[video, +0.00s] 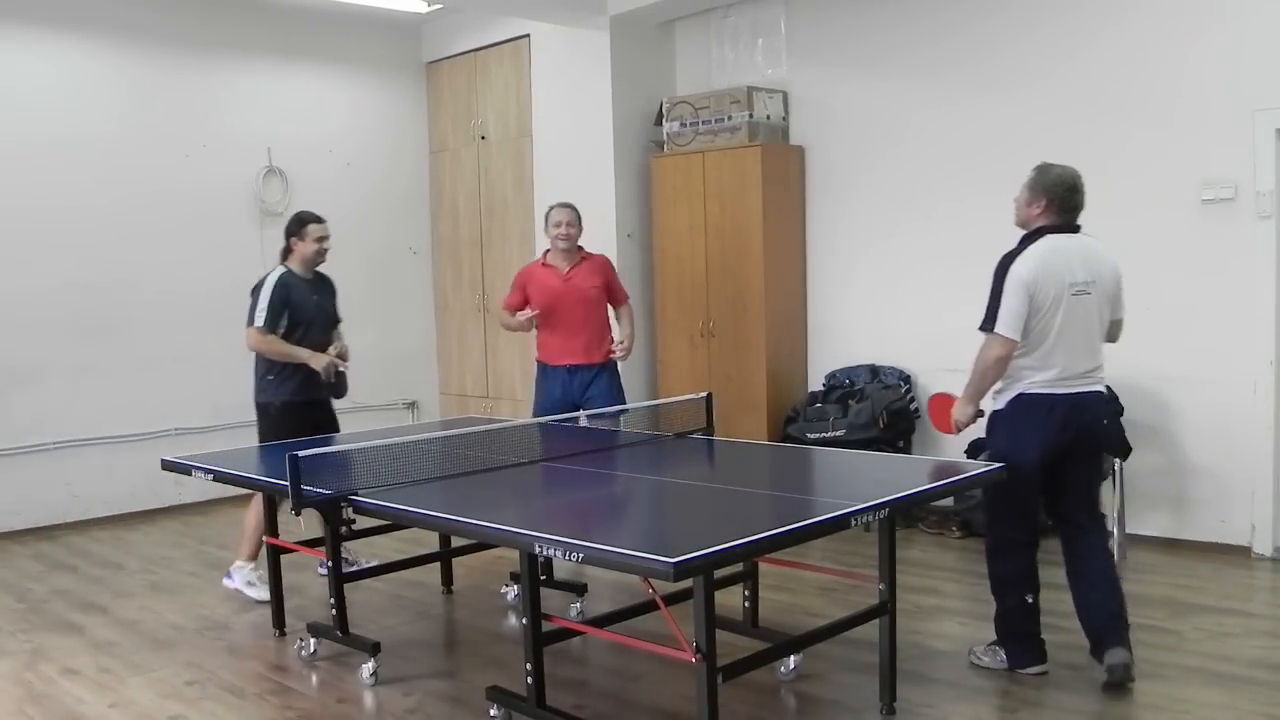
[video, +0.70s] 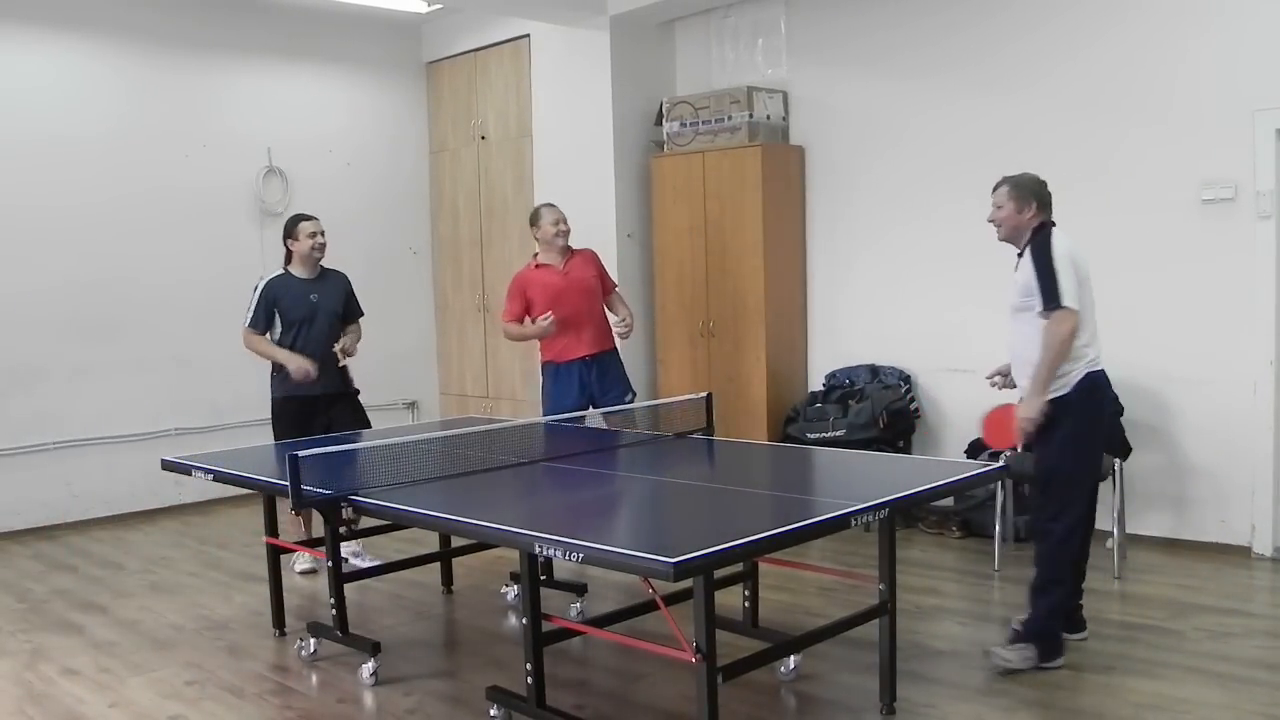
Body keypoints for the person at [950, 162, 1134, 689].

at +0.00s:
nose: (1016, 206)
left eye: (1022, 199)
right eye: (1020, 198)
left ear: (1041, 205)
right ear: (1067, 208)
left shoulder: (1023, 263)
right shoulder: (1102, 258)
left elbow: (1000, 348)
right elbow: (1111, 331)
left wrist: (969, 400)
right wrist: (1053, 329)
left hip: (1026, 416)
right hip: (1089, 414)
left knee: (1011, 531)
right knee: (1083, 525)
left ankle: (1020, 650)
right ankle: (1112, 644)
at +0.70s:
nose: (991, 216)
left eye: (998, 208)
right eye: (992, 208)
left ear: (1028, 210)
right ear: (1026, 212)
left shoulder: (1050, 248)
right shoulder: (1037, 253)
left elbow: (1065, 322)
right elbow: (1054, 328)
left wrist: (1035, 396)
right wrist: (1017, 368)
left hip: (1074, 401)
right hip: (1064, 400)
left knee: (1057, 516)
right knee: (1062, 513)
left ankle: (1044, 638)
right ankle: (1065, 614)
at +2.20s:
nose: (1048, 210)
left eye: (1055, 199)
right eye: (1048, 200)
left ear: (1094, 200)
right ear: (1086, 202)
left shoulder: (1156, 256)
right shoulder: (1058, 261)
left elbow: (1206, 337)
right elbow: (1035, 338)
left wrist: (1130, 374)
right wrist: (997, 325)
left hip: (1140, 441)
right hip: (1066, 437)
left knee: (1153, 577)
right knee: (1058, 566)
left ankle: (1189, 709)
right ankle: (1071, 680)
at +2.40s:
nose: (1071, 216)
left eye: (1077, 204)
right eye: (1070, 205)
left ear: (1115, 201)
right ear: (1108, 203)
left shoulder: (1175, 257)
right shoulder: (1095, 255)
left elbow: (1217, 350)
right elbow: (1077, 331)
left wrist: (1126, 380)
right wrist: (1017, 306)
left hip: (1164, 445)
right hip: (1097, 439)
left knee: (1171, 581)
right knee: (1084, 568)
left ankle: (1190, 707)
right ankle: (1073, 680)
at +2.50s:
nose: (1084, 220)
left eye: (1091, 207)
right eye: (1083, 208)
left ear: (1129, 200)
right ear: (1119, 203)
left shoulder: (1183, 257)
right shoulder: (1112, 253)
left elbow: (1208, 355)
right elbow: (1097, 325)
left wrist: (1110, 374)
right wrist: (1044, 320)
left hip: (1173, 443)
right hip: (1110, 437)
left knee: (1176, 580)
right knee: (1101, 564)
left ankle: (1190, 708)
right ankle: (1083, 676)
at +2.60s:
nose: (1095, 220)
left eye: (1102, 208)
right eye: (1093, 209)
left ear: (1140, 199)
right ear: (1129, 203)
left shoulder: (1191, 257)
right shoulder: (1125, 251)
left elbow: (1202, 356)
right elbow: (1114, 324)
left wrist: (1107, 363)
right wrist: (1061, 334)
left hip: (1179, 442)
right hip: (1119, 436)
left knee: (1177, 579)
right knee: (1109, 555)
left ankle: (1190, 707)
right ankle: (1110, 668)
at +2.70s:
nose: (1098, 218)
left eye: (1105, 205)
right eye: (1096, 206)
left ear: (1144, 198)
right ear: (1134, 201)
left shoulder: (1194, 257)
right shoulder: (1132, 249)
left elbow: (1207, 354)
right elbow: (1129, 324)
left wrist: (1113, 365)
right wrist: (1071, 337)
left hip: (1180, 440)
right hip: (1122, 433)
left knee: (1178, 578)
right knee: (1115, 549)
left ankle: (1191, 707)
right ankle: (1133, 656)